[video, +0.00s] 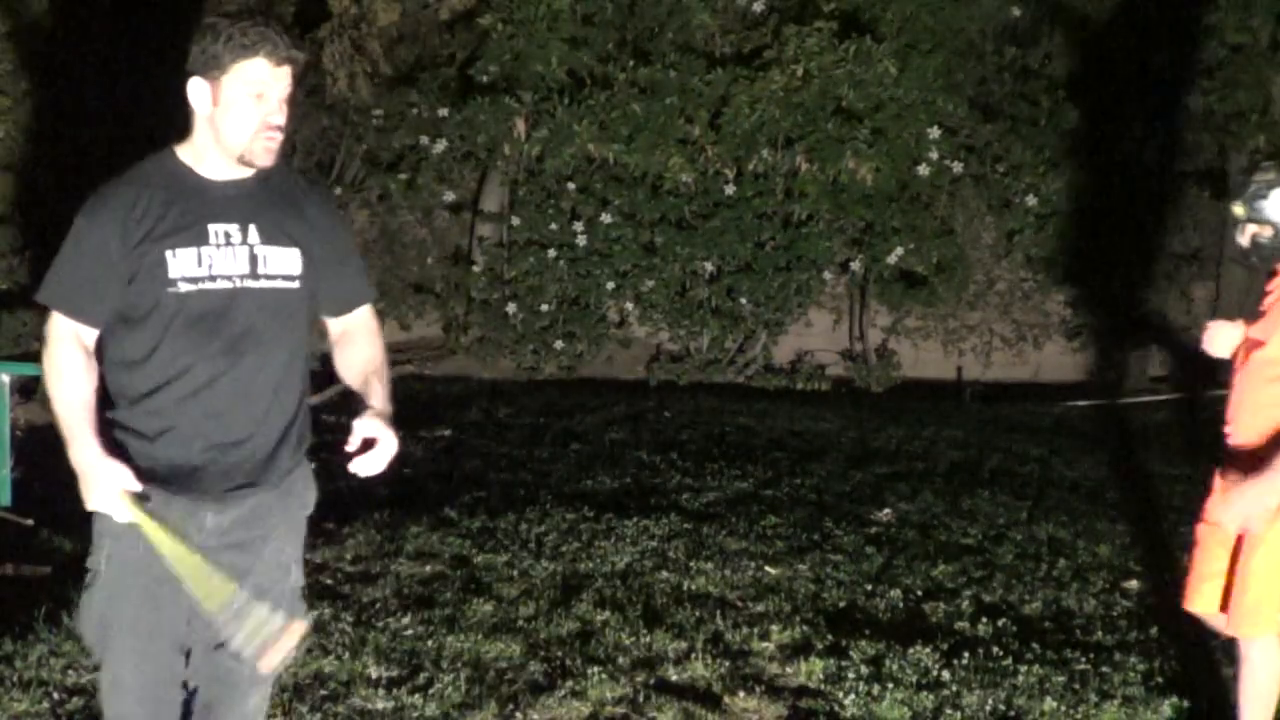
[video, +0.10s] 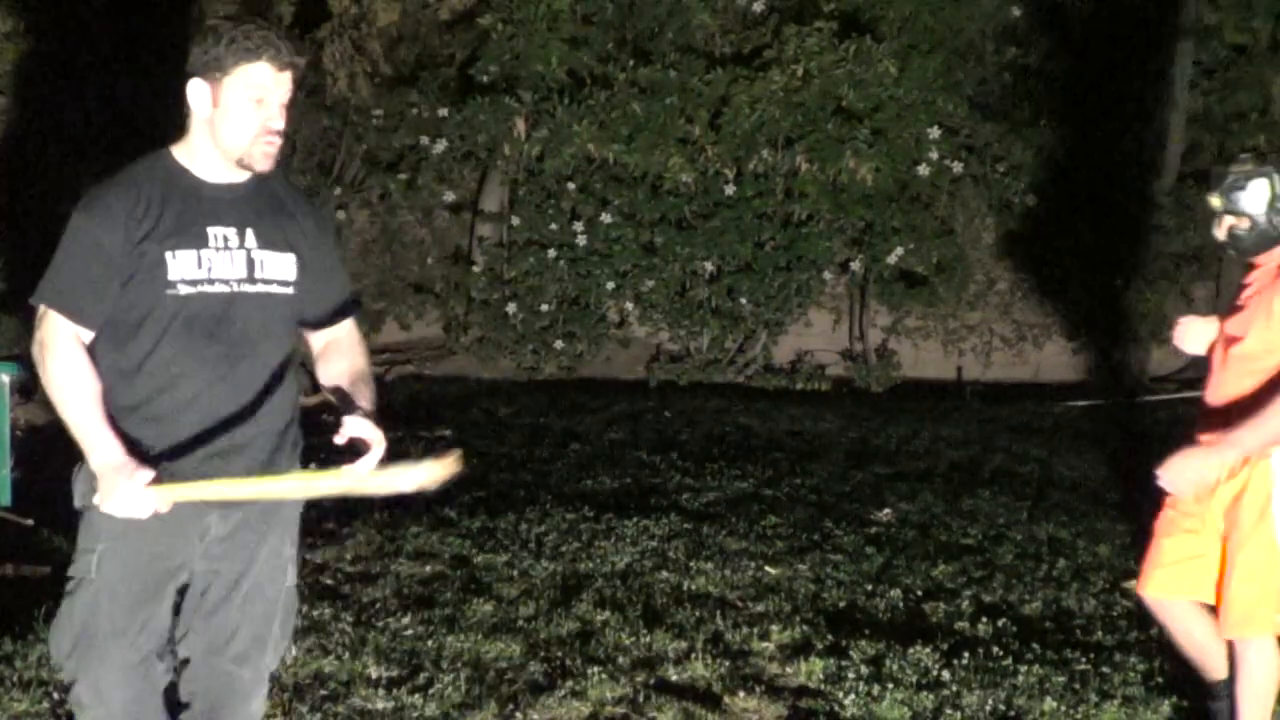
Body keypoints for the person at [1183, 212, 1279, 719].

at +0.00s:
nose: (1248, 236)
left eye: (1257, 223)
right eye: (1248, 223)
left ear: (1270, 228)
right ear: (1257, 228)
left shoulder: (1276, 295)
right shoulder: (1270, 290)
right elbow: (1269, 346)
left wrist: (1263, 486)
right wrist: (1240, 342)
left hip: (1270, 485)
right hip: (1239, 473)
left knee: (1258, 626)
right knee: (1217, 607)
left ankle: (1253, 714)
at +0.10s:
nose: (1223, 229)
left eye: (1234, 217)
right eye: (1222, 215)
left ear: (1263, 220)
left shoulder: (1276, 283)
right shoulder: (1256, 277)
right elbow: (1261, 341)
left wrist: (1217, 453)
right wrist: (1216, 335)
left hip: (1265, 465)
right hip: (1210, 456)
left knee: (1252, 621)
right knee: (1163, 589)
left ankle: (1250, 717)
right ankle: (1233, 696)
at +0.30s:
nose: (1167, 221)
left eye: (1182, 206)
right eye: (1165, 205)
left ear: (1217, 207)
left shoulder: (1259, 273)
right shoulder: (1202, 279)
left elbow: (1266, 385)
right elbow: (1209, 361)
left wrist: (1162, 444)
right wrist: (1158, 353)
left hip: (1231, 475)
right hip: (1165, 471)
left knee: (1235, 627)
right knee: (1112, 603)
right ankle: (1073, 716)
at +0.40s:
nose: (1131, 222)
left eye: (1144, 209)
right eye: (1132, 208)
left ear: (1182, 212)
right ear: (1171, 214)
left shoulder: (1232, 277)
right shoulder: (1170, 282)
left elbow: (1240, 391)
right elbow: (1177, 368)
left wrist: (1152, 473)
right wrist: (1122, 359)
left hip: (1195, 481)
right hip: (1127, 474)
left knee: (1211, 636)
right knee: (1081, 619)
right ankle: (1053, 719)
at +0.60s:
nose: (1072, 211)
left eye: (1088, 196)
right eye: (1069, 195)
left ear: (1127, 198)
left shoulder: (1176, 271)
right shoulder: (1098, 275)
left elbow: (1206, 381)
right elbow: (1099, 374)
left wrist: (1190, 487)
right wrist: (1048, 355)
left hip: (1129, 480)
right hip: (1058, 473)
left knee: (1099, 639)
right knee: (1040, 627)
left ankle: (1186, 714)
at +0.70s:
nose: (1047, 206)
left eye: (1063, 191)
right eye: (1045, 189)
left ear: (1103, 194)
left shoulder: (1157, 268)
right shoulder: (1059, 271)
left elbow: (1196, 378)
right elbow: (1056, 371)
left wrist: (1187, 487)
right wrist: (1011, 354)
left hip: (1113, 471)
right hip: (1037, 468)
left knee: (1063, 625)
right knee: (1028, 623)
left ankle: (1127, 715)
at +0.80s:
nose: (1026, 202)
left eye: (1043, 188)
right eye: (1024, 185)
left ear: (1084, 192)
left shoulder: (1139, 269)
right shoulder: (1031, 267)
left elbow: (1178, 380)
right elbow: (1041, 369)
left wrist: (1164, 489)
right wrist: (987, 360)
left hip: (1089, 475)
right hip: (1016, 471)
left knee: (1040, 636)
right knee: (1020, 635)